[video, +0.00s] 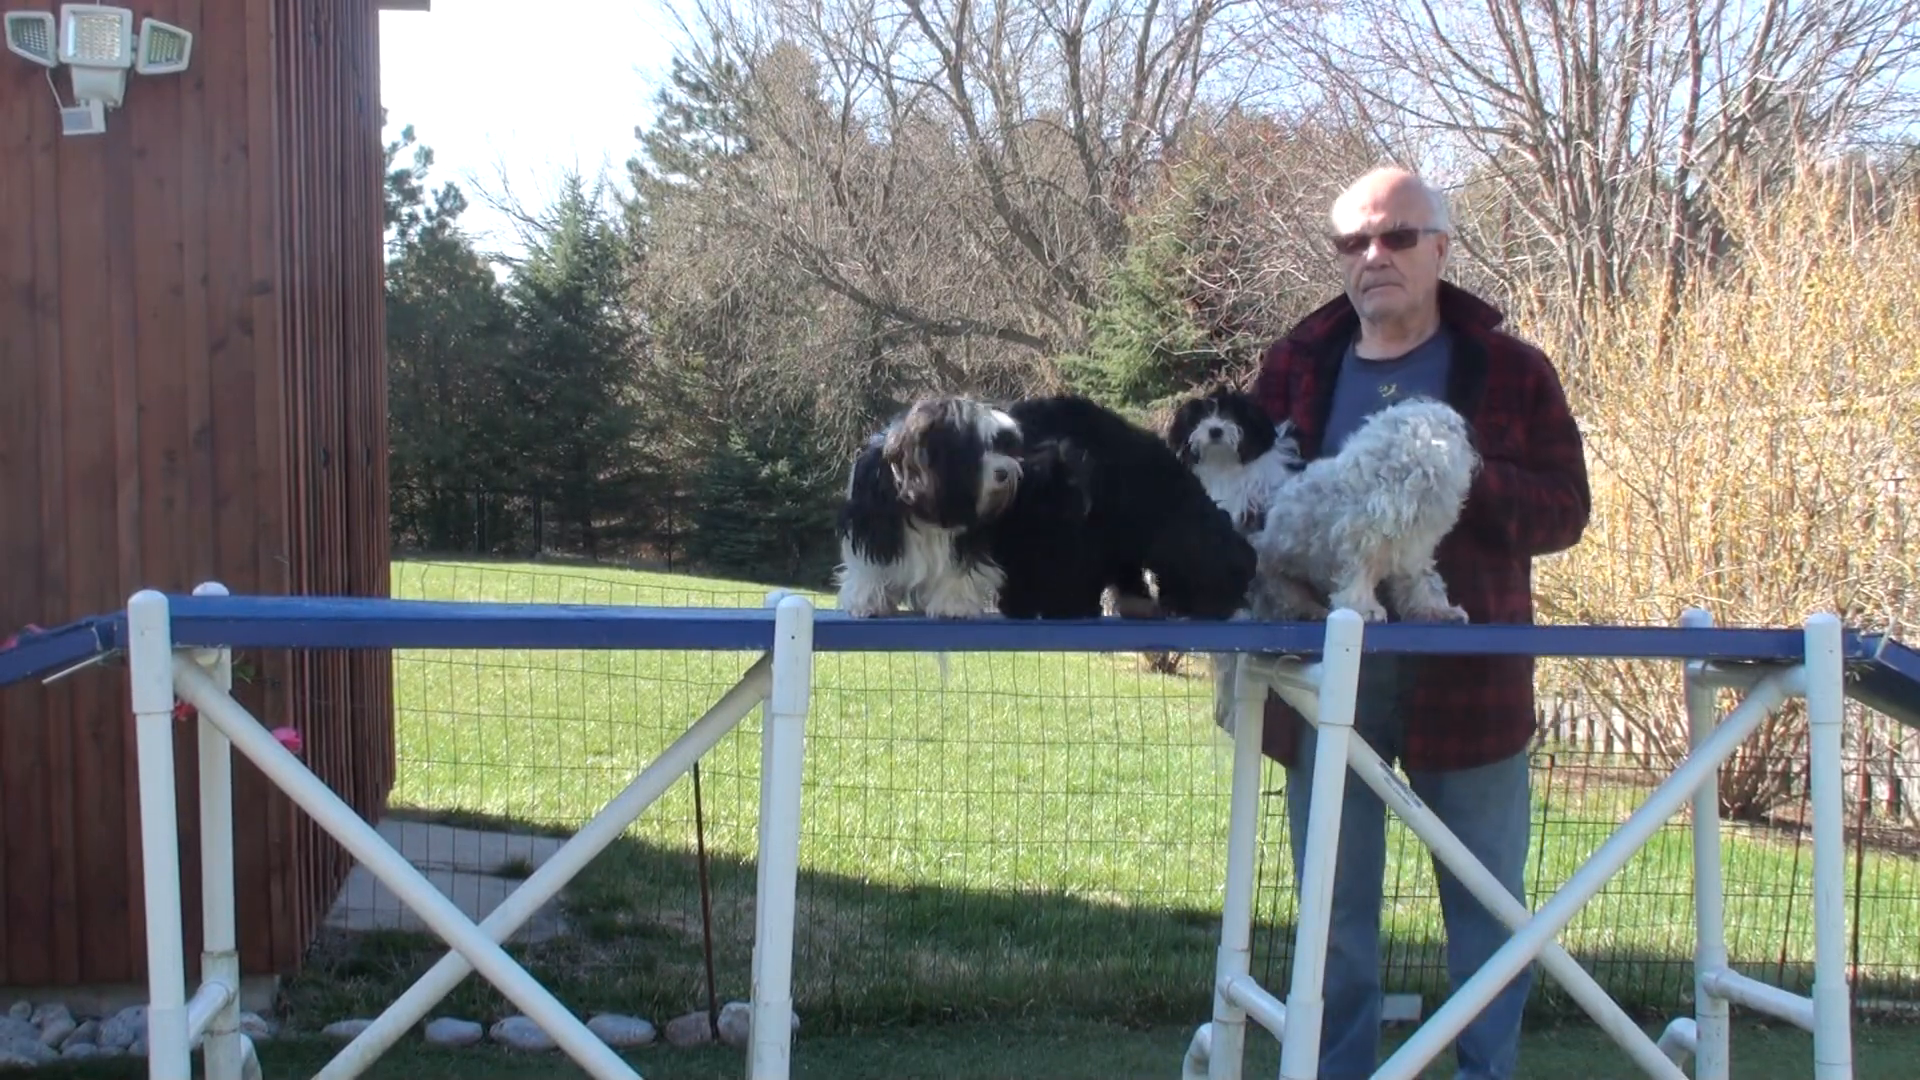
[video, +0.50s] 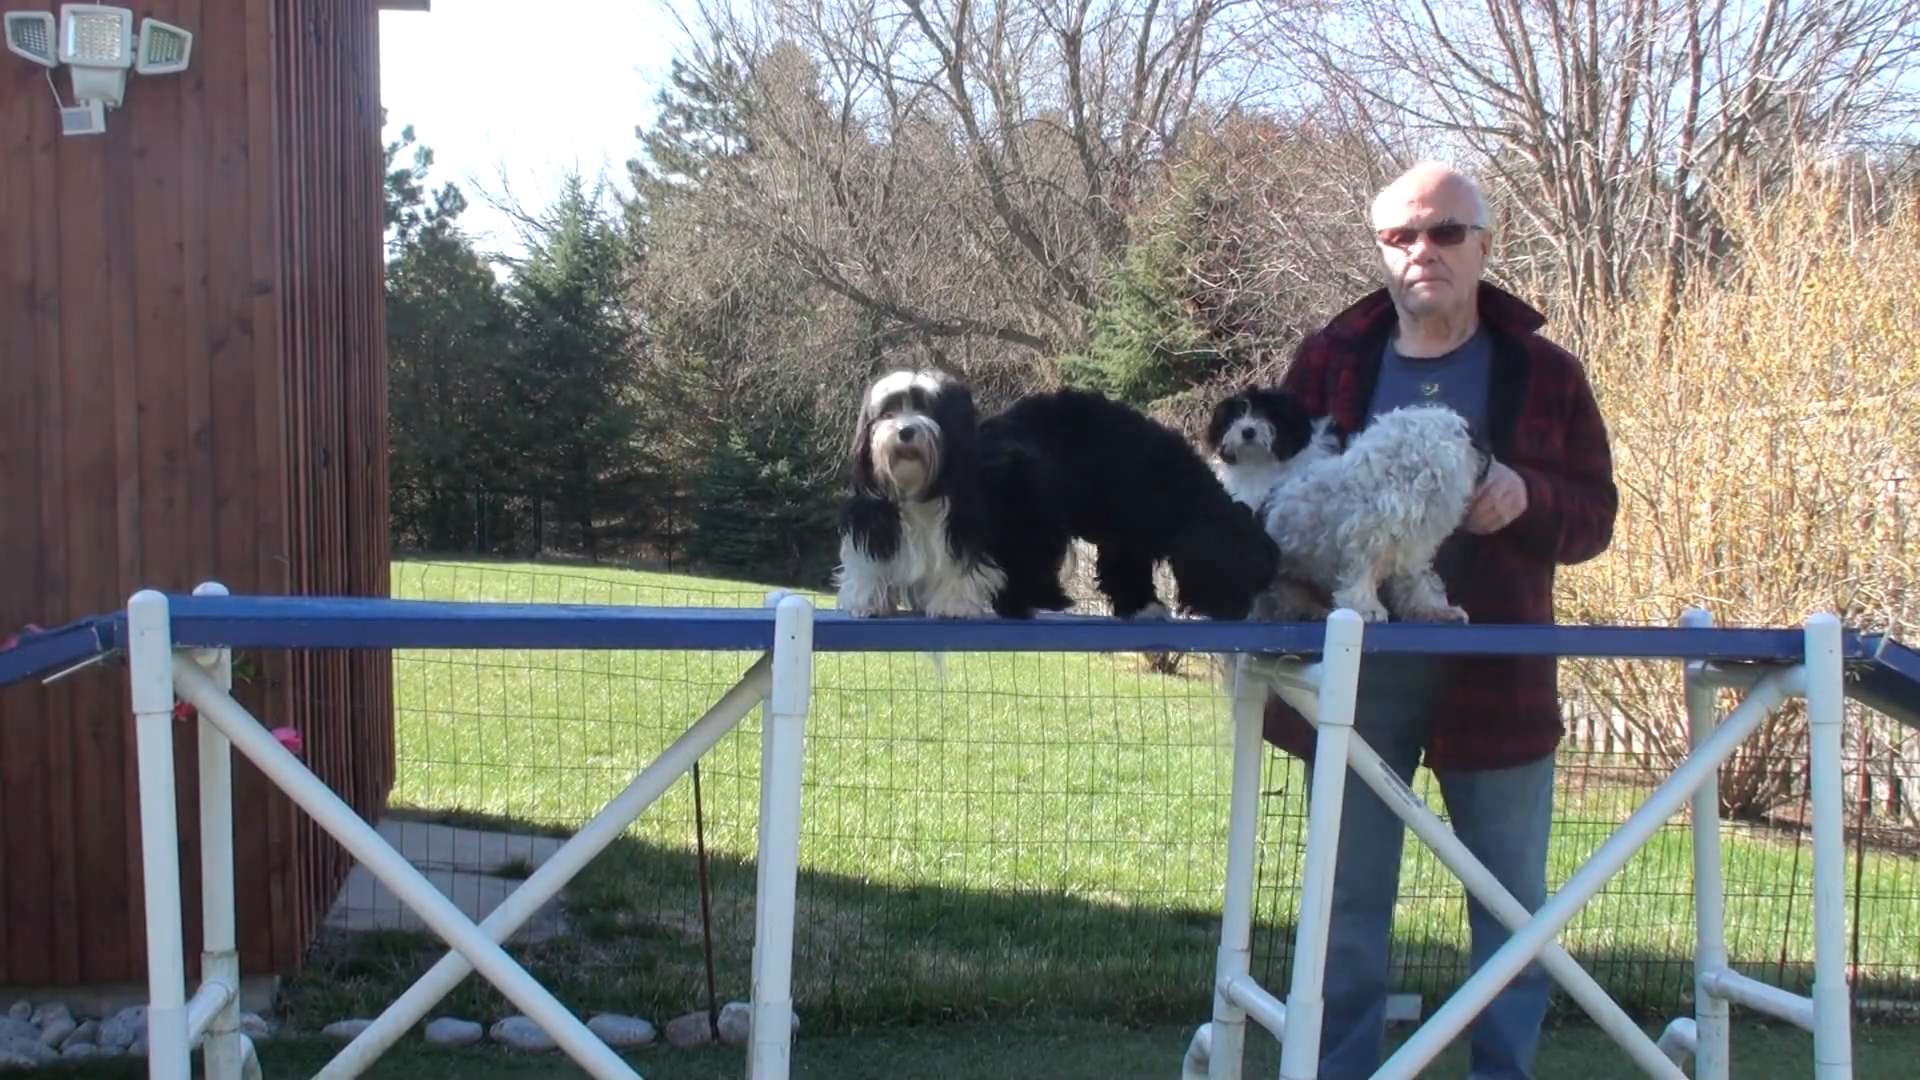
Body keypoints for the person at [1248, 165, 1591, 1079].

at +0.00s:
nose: (1375, 255)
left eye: (1398, 238)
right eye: (1357, 241)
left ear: (1442, 250)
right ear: (1338, 257)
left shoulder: (1513, 370)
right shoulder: (1292, 367)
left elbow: (1562, 509)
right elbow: (1239, 501)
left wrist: (1444, 480)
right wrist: (1312, 517)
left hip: (1469, 674)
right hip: (1325, 671)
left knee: (1487, 911)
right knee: (1334, 912)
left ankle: (1486, 1062)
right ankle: (1336, 1070)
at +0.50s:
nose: (1424, 251)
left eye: (1447, 232)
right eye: (1402, 236)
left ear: (1485, 244)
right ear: (1379, 251)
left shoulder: (1545, 371)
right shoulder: (1327, 360)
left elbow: (1593, 516)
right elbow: (1268, 492)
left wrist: (1531, 495)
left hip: (1499, 666)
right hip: (1359, 659)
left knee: (1510, 902)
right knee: (1349, 895)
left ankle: (1504, 1064)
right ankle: (1337, 1067)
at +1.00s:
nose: (1474, 270)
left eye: (1500, 252)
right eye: (1459, 252)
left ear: (1554, 254)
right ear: (1442, 256)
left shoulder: (1614, 381)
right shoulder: (1391, 357)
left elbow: (1652, 527)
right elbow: (1323, 481)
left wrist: (1582, 518)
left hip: (1544, 677)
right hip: (1405, 667)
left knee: (1538, 913)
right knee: (1410, 906)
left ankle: (1511, 1064)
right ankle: (1414, 1069)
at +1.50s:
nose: (1440, 279)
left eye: (1462, 258)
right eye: (1420, 260)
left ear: (1502, 251)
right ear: (1396, 258)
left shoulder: (1561, 365)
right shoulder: (1350, 355)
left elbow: (1613, 501)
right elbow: (1267, 464)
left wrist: (1556, 513)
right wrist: (1321, 545)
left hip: (1531, 663)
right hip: (1394, 660)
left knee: (1553, 898)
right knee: (1404, 900)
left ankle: (1531, 1065)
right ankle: (1415, 1070)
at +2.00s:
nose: (1470, 279)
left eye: (1494, 258)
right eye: (1449, 260)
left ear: (1531, 254)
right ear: (1423, 259)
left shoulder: (1586, 371)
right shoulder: (1372, 358)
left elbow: (1641, 508)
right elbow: (1280, 470)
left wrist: (1545, 501)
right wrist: (1331, 528)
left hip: (1549, 671)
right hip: (1409, 666)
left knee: (1580, 912)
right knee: (1412, 912)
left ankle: (1589, 1070)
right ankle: (1418, 1073)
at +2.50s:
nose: (1557, 272)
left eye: (1583, 254)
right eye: (1539, 252)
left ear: (1622, 261)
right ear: (1514, 254)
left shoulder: (1664, 376)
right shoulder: (1450, 351)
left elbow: (1700, 513)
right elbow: (1361, 450)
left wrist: (1568, 478)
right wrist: (1339, 505)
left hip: (1593, 668)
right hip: (1456, 660)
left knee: (1603, 909)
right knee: (1435, 905)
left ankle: (1594, 1070)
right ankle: (1423, 1069)